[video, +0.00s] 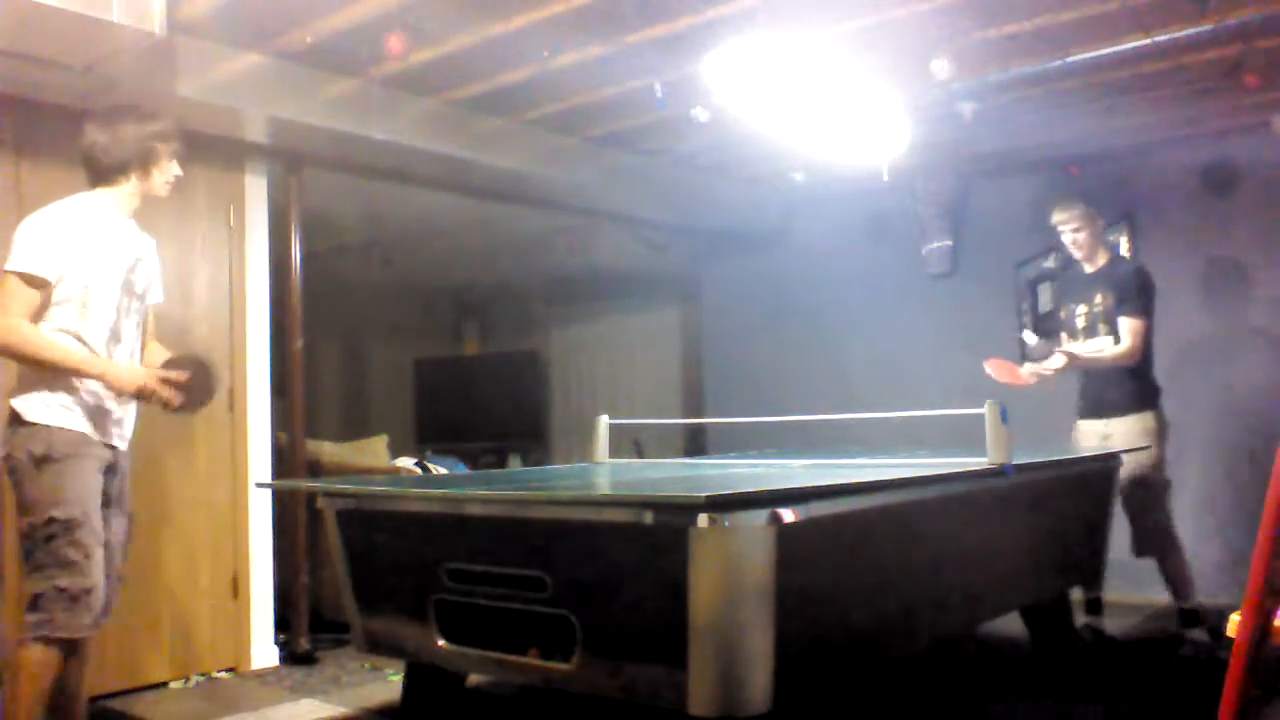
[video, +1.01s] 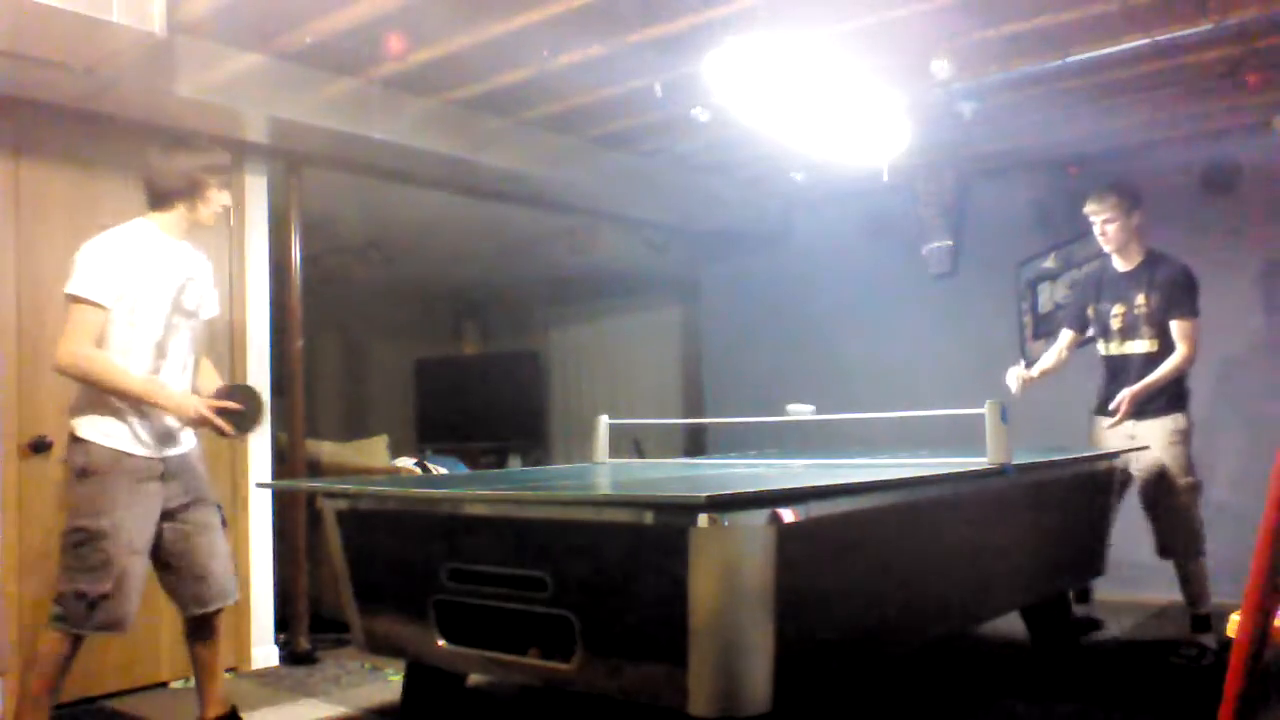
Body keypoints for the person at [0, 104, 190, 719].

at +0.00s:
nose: (178, 170)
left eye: (177, 157)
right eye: (169, 157)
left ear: (131, 162)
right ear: (134, 159)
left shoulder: (143, 248)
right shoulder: (56, 223)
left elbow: (139, 337)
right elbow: (10, 325)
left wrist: (167, 374)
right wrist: (109, 370)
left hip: (107, 434)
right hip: (51, 429)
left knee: (92, 598)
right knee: (64, 596)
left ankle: (68, 716)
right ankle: (21, 716)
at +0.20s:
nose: (167, 174)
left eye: (165, 161)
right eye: (157, 161)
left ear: (128, 165)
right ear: (124, 163)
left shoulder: (134, 249)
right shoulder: (50, 229)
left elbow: (121, 340)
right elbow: (14, 333)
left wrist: (156, 370)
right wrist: (117, 366)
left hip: (112, 434)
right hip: (56, 431)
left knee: (106, 583)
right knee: (65, 588)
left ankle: (73, 709)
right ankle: (18, 705)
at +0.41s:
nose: (159, 176)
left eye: (158, 163)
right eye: (150, 162)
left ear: (127, 168)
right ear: (116, 164)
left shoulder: (132, 252)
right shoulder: (46, 232)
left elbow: (123, 344)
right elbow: (13, 333)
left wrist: (163, 372)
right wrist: (117, 367)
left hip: (121, 446)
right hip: (58, 444)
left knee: (100, 612)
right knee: (42, 612)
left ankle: (76, 716)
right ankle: (19, 715)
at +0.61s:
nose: (164, 180)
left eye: (163, 167)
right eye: (155, 166)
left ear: (129, 172)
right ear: (121, 169)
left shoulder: (135, 254)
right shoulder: (45, 238)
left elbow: (126, 339)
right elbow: (17, 342)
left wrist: (165, 373)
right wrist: (122, 376)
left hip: (126, 445)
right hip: (59, 447)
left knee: (168, 581)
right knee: (46, 612)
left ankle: (120, 708)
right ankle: (21, 713)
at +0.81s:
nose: (187, 188)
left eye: (186, 175)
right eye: (177, 174)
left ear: (154, 178)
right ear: (141, 175)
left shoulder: (161, 261)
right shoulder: (65, 243)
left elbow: (149, 346)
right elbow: (25, 345)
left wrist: (177, 383)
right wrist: (127, 384)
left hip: (149, 445)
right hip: (78, 447)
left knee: (190, 590)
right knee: (62, 610)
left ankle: (214, 708)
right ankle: (24, 712)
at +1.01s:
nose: (228, 199)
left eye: (227, 186)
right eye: (220, 186)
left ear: (196, 190)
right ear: (186, 188)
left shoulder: (198, 268)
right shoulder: (110, 251)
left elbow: (191, 356)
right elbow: (72, 353)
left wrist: (221, 398)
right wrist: (171, 399)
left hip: (177, 448)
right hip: (110, 448)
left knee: (209, 591)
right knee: (85, 598)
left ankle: (215, 712)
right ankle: (30, 713)